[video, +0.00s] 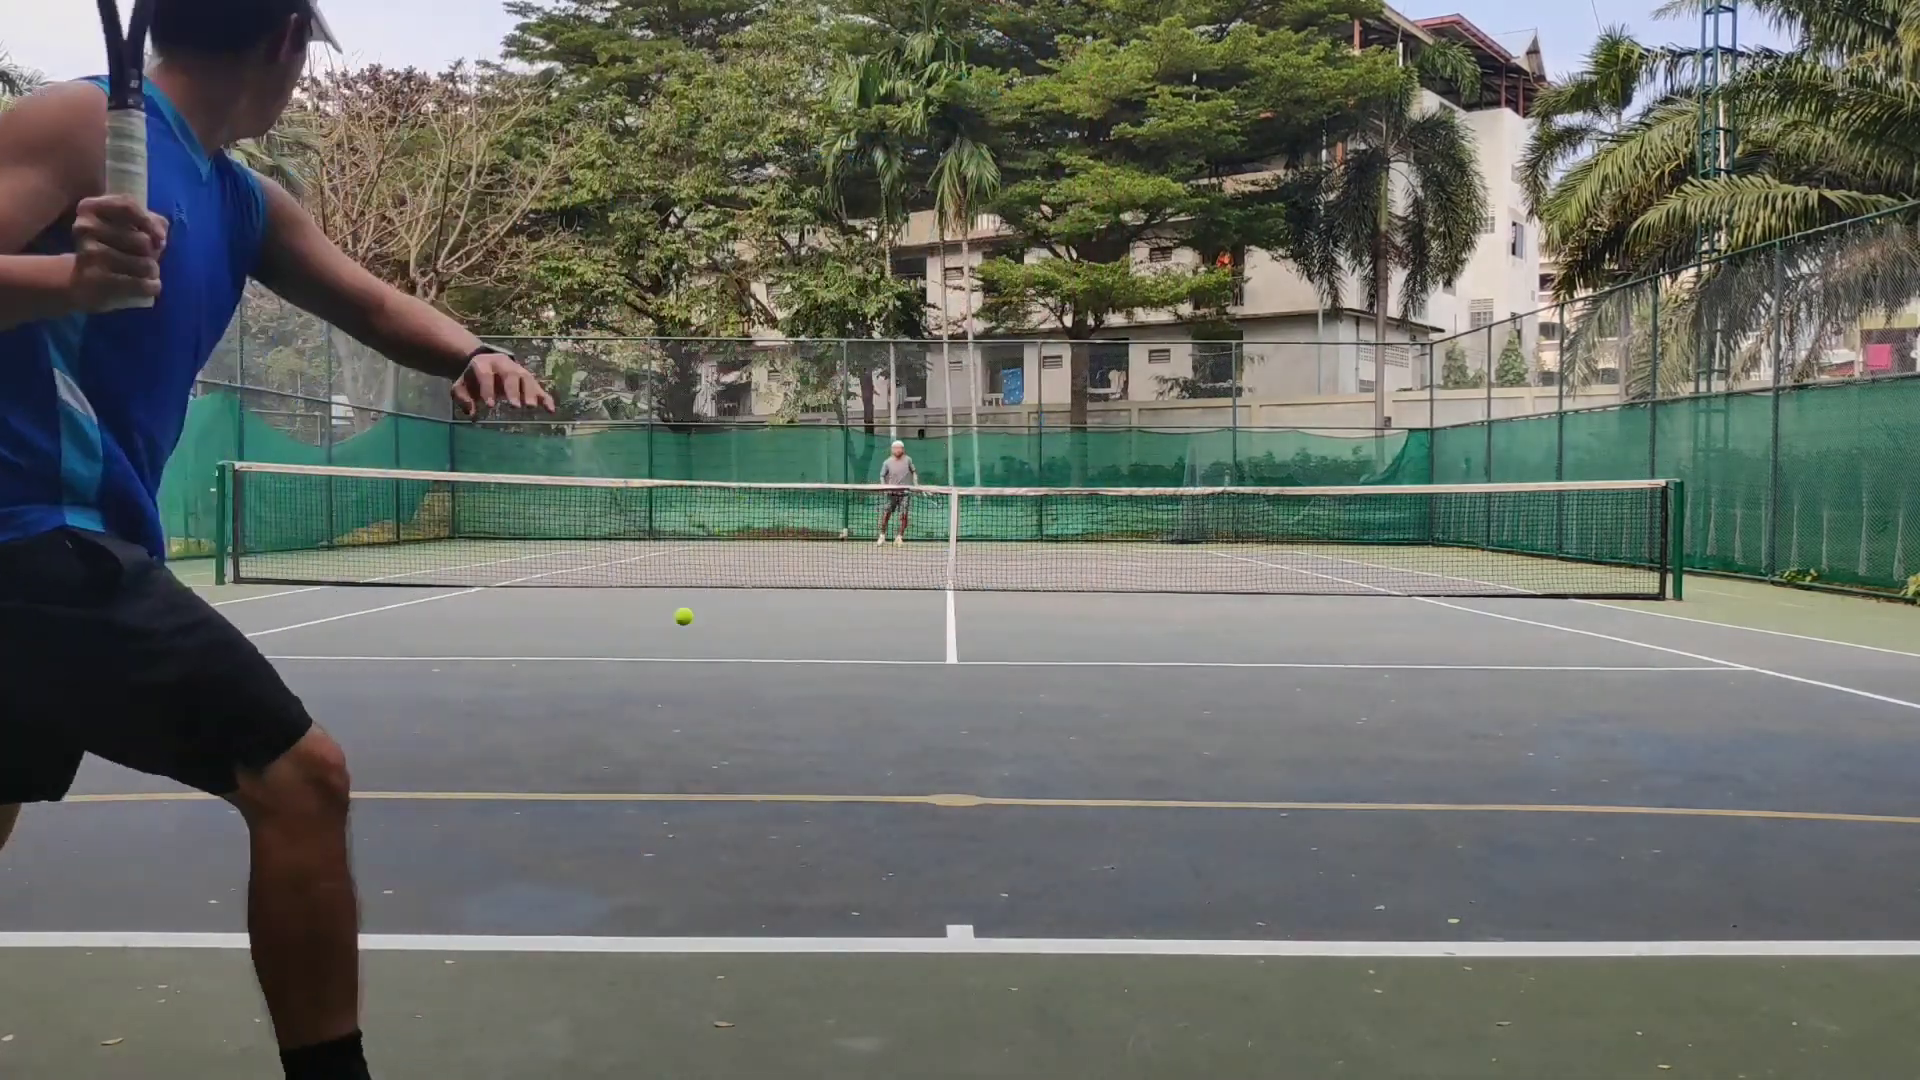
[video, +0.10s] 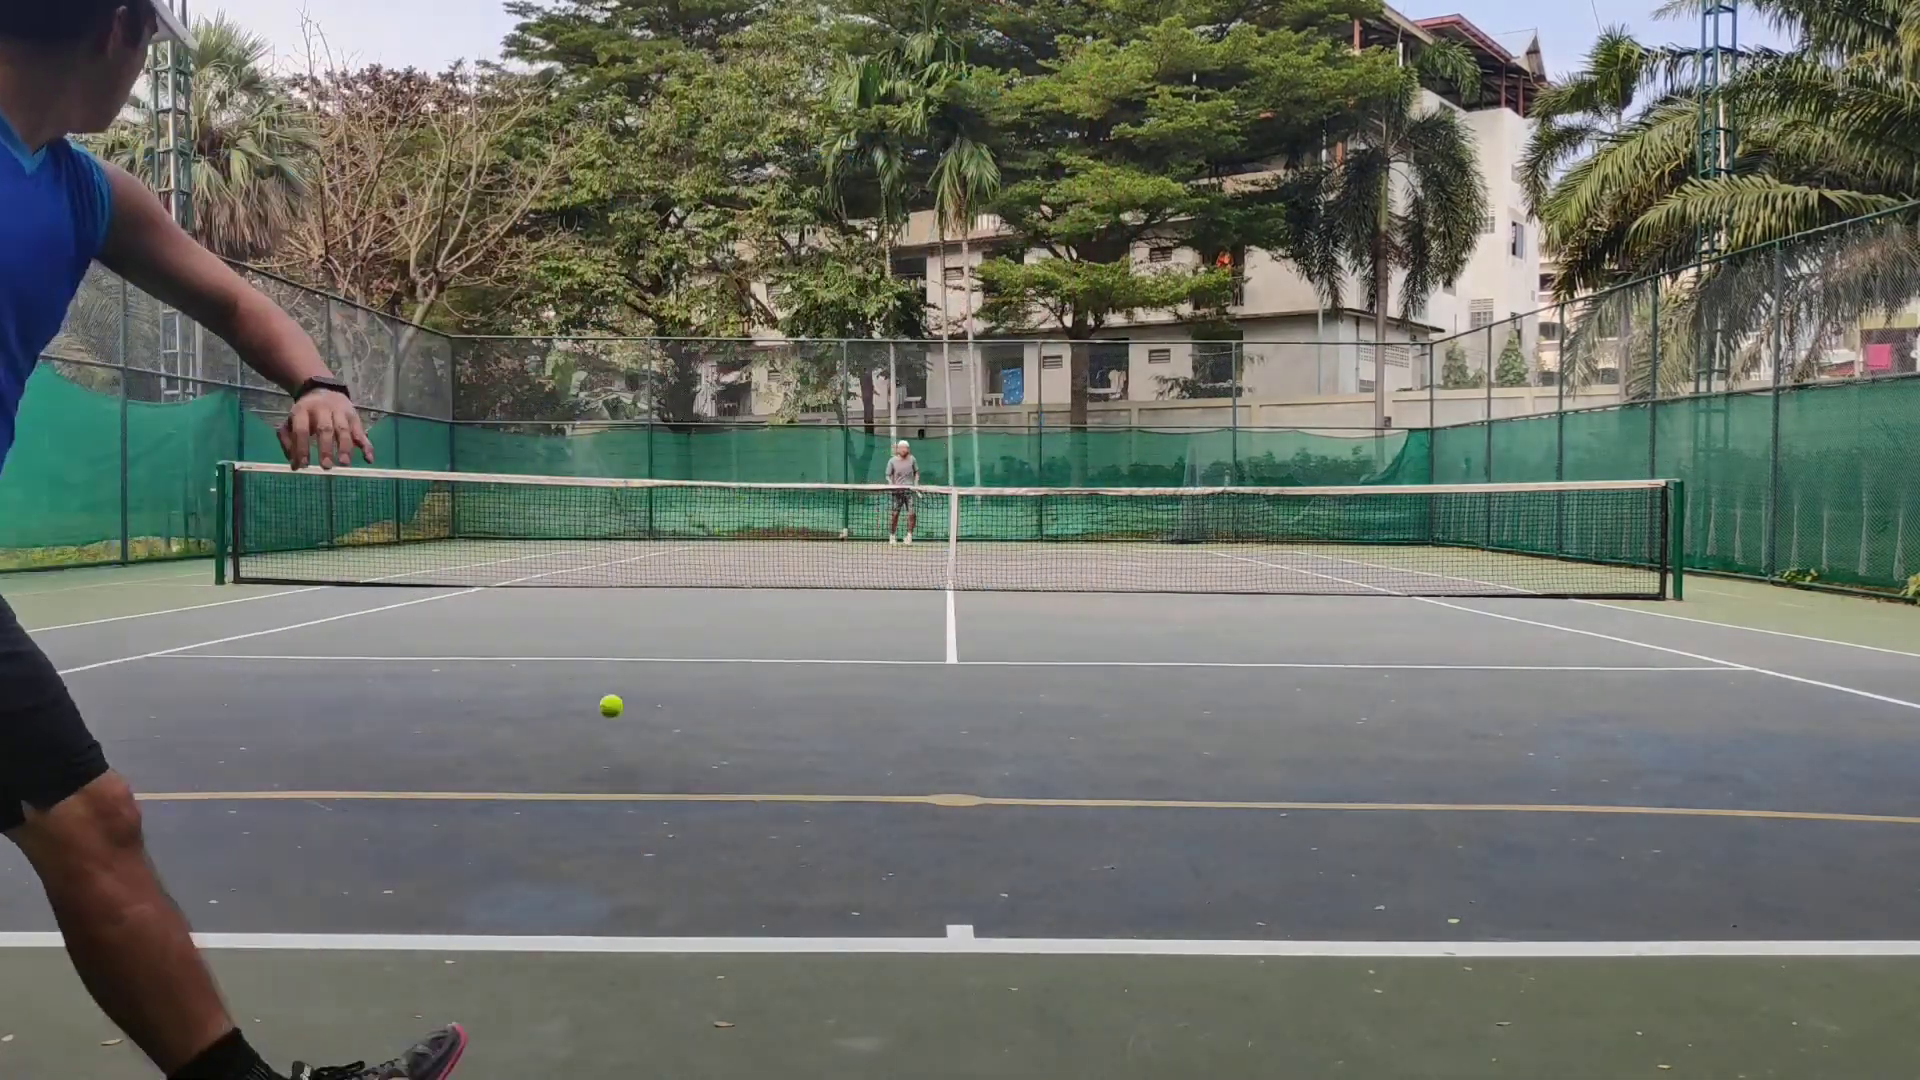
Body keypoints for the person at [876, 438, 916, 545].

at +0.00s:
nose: (897, 450)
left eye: (899, 448)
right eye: (895, 448)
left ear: (903, 449)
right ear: (892, 450)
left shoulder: (907, 460)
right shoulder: (887, 462)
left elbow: (914, 472)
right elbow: (882, 476)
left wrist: (916, 485)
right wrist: (884, 486)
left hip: (904, 490)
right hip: (891, 490)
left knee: (904, 515)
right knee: (887, 513)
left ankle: (900, 535)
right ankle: (882, 534)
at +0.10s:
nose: (904, 450)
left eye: (906, 448)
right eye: (902, 448)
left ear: (908, 449)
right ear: (898, 449)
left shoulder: (912, 459)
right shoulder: (892, 461)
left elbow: (916, 472)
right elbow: (888, 475)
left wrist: (915, 484)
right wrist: (891, 484)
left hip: (909, 488)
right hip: (897, 488)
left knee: (911, 512)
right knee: (895, 512)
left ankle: (909, 534)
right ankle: (893, 534)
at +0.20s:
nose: (909, 453)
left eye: (911, 451)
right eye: (907, 451)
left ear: (914, 452)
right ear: (903, 452)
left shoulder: (918, 463)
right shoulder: (898, 464)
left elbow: (921, 476)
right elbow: (894, 478)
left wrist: (919, 485)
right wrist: (897, 487)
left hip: (915, 490)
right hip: (902, 490)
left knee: (922, 513)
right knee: (899, 514)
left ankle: (925, 535)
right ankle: (894, 536)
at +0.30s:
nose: (916, 456)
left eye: (918, 453)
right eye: (914, 453)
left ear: (921, 455)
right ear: (910, 455)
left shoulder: (924, 466)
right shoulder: (904, 467)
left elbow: (928, 479)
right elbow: (900, 481)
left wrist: (924, 488)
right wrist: (908, 487)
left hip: (921, 494)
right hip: (908, 495)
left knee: (931, 516)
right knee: (904, 515)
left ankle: (935, 535)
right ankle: (894, 536)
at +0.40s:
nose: (923, 456)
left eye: (925, 453)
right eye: (921, 453)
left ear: (928, 455)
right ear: (918, 455)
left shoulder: (933, 466)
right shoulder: (913, 467)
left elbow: (937, 479)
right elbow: (909, 482)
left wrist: (934, 488)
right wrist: (916, 489)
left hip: (930, 494)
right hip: (918, 495)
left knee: (937, 517)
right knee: (910, 515)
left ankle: (938, 537)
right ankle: (896, 535)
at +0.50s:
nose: (930, 453)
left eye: (932, 450)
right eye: (928, 450)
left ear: (935, 452)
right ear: (924, 452)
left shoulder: (940, 462)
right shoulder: (920, 464)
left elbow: (946, 476)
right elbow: (917, 479)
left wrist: (940, 486)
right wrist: (923, 487)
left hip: (937, 492)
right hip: (925, 492)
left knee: (939, 515)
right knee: (917, 511)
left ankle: (939, 536)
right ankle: (908, 532)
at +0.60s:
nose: (935, 448)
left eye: (937, 446)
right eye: (933, 446)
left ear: (940, 447)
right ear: (930, 448)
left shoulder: (946, 458)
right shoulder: (926, 459)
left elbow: (952, 471)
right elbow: (922, 474)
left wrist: (945, 481)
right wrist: (928, 482)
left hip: (943, 486)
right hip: (930, 486)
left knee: (945, 511)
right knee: (926, 510)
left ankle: (944, 533)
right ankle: (923, 531)